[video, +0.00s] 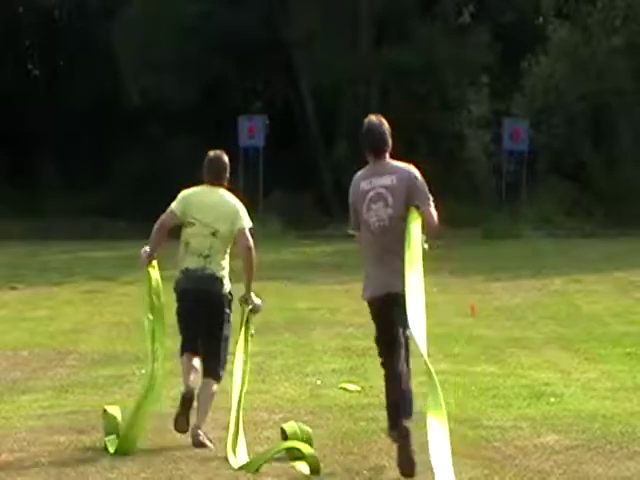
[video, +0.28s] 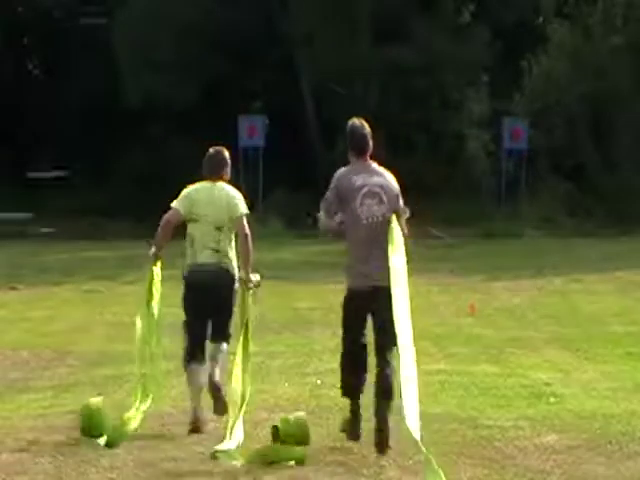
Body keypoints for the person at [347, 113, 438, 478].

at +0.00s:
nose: (380, 148)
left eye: (372, 143)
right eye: (385, 140)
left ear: (364, 146)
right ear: (390, 142)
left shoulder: (357, 181)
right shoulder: (409, 174)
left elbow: (356, 229)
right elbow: (431, 221)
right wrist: (423, 236)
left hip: (376, 285)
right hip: (406, 281)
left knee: (389, 357)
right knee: (402, 343)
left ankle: (398, 424)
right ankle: (404, 413)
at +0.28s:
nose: (364, 147)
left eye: (356, 143)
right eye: (368, 142)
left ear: (347, 146)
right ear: (372, 145)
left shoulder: (341, 179)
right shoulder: (388, 179)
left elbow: (326, 219)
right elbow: (402, 220)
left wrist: (348, 225)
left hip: (357, 284)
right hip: (387, 283)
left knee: (353, 346)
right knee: (386, 349)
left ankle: (354, 410)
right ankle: (383, 413)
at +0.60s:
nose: (348, 149)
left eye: (340, 144)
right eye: (349, 144)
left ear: (325, 148)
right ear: (348, 147)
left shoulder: (317, 179)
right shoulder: (358, 180)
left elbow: (315, 221)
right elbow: (371, 220)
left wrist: (323, 244)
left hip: (326, 271)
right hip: (353, 271)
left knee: (331, 328)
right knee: (351, 330)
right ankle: (348, 389)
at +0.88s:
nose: (318, 152)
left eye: (310, 148)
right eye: (321, 145)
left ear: (304, 150)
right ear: (325, 147)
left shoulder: (300, 180)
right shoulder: (337, 176)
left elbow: (305, 217)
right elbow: (348, 217)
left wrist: (341, 198)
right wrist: (357, 194)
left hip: (314, 270)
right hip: (340, 269)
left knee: (314, 330)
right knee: (341, 328)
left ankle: (317, 396)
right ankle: (333, 389)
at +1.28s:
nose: (328, 158)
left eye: (323, 154)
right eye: (329, 154)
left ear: (308, 156)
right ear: (328, 156)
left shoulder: (300, 178)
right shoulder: (329, 185)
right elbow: (341, 222)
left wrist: (338, 202)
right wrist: (349, 203)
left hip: (296, 268)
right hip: (320, 268)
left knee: (302, 327)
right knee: (328, 333)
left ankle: (287, 365)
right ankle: (319, 391)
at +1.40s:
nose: (317, 149)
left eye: (311, 144)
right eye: (320, 144)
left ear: (303, 146)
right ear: (324, 146)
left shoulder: (292, 171)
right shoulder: (333, 176)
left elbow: (285, 207)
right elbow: (339, 213)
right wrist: (337, 234)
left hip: (298, 256)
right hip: (324, 256)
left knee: (298, 315)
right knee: (323, 316)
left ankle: (297, 369)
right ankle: (321, 371)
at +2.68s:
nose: (320, 190)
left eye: (321, 185)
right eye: (320, 185)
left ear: (307, 180)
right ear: (312, 183)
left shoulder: (304, 199)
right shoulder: (294, 199)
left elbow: (306, 231)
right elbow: (300, 228)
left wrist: (324, 249)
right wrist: (330, 234)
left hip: (287, 266)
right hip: (280, 267)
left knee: (297, 316)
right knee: (301, 315)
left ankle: (275, 365)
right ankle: (274, 366)